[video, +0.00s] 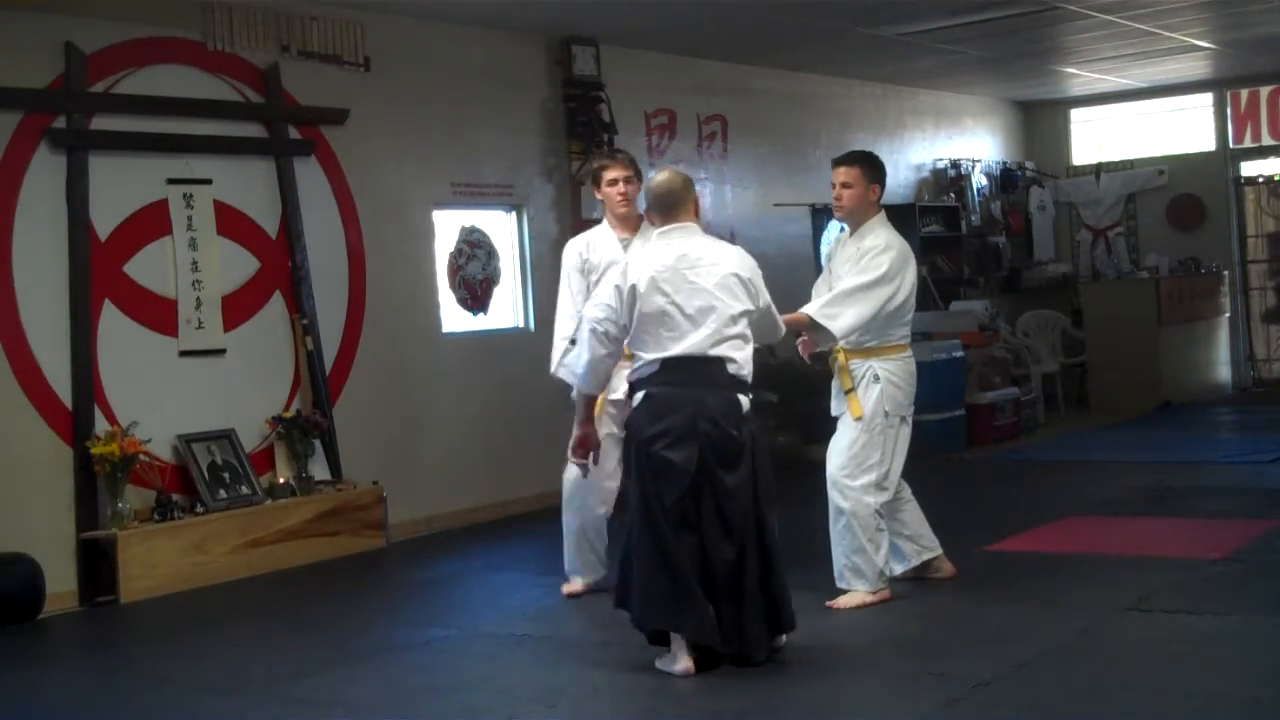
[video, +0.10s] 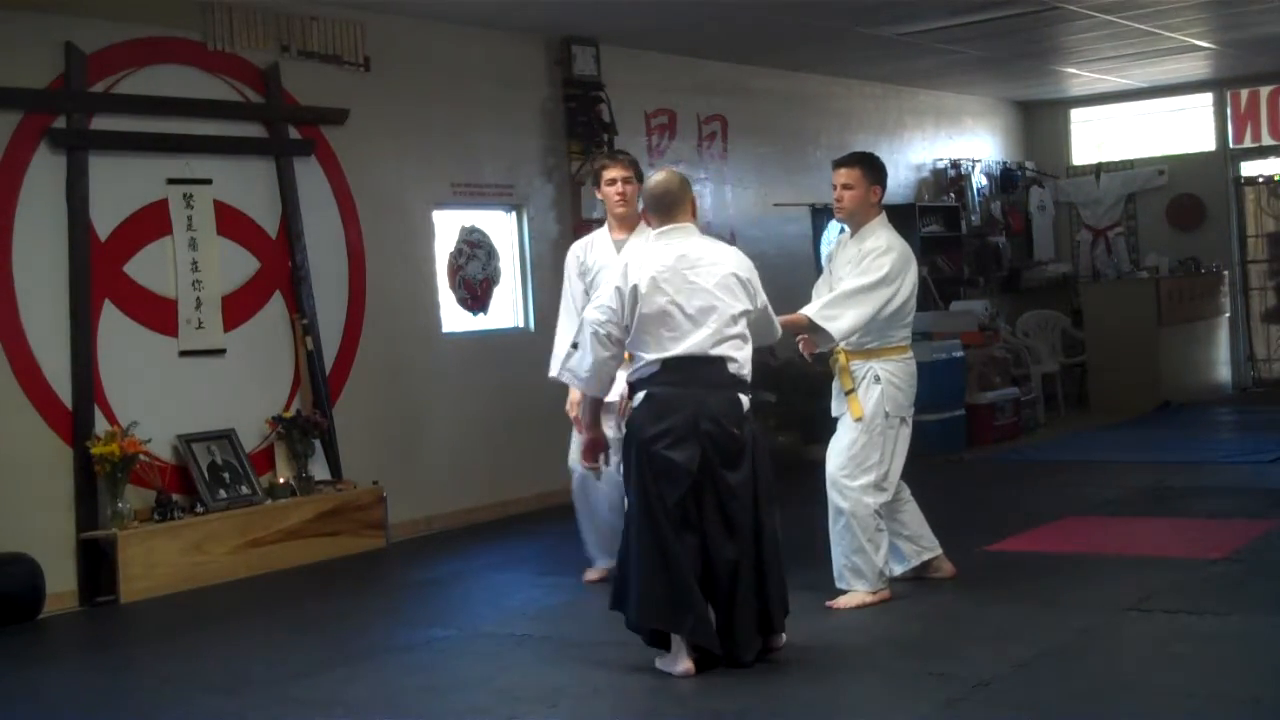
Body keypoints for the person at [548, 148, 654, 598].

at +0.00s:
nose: (622, 190)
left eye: (628, 181)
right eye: (612, 184)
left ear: (640, 187)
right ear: (598, 193)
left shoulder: (663, 240)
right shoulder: (582, 248)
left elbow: (685, 303)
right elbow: (569, 314)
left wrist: (678, 355)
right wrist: (574, 369)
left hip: (658, 372)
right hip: (602, 374)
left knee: (661, 468)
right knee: (587, 472)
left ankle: (664, 571)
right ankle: (584, 571)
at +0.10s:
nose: (620, 190)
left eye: (627, 181)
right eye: (611, 183)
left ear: (640, 189)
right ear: (598, 193)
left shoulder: (661, 243)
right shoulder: (583, 251)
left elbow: (675, 315)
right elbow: (570, 319)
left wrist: (656, 377)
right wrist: (574, 383)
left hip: (650, 376)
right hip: (596, 378)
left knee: (650, 467)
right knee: (588, 468)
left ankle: (654, 558)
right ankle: (603, 557)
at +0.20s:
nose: (617, 190)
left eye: (625, 182)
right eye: (608, 183)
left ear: (640, 189)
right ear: (598, 193)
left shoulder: (656, 244)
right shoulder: (587, 251)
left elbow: (665, 319)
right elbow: (577, 320)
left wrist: (637, 389)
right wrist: (578, 385)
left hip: (647, 378)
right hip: (598, 380)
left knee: (645, 474)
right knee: (601, 476)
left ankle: (654, 561)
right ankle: (629, 554)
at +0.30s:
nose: (614, 190)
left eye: (623, 183)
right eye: (607, 182)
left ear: (639, 192)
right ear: (597, 191)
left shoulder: (653, 244)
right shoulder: (591, 250)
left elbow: (665, 315)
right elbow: (585, 318)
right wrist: (584, 383)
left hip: (650, 376)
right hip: (607, 378)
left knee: (651, 480)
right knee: (616, 480)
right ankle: (632, 565)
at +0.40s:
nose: (610, 191)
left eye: (620, 183)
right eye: (603, 183)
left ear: (636, 191)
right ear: (595, 190)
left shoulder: (642, 242)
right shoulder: (598, 243)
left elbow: (637, 321)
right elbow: (593, 314)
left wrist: (614, 386)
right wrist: (588, 381)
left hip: (634, 381)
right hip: (608, 380)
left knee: (621, 485)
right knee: (616, 485)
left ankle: (640, 584)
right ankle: (634, 579)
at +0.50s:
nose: (607, 192)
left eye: (617, 184)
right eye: (601, 183)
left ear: (633, 191)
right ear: (592, 190)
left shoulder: (639, 240)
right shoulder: (602, 239)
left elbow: (634, 322)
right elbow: (597, 315)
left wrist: (614, 386)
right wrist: (591, 379)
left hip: (634, 379)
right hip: (612, 377)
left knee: (627, 476)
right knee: (621, 475)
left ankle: (635, 562)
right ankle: (628, 558)